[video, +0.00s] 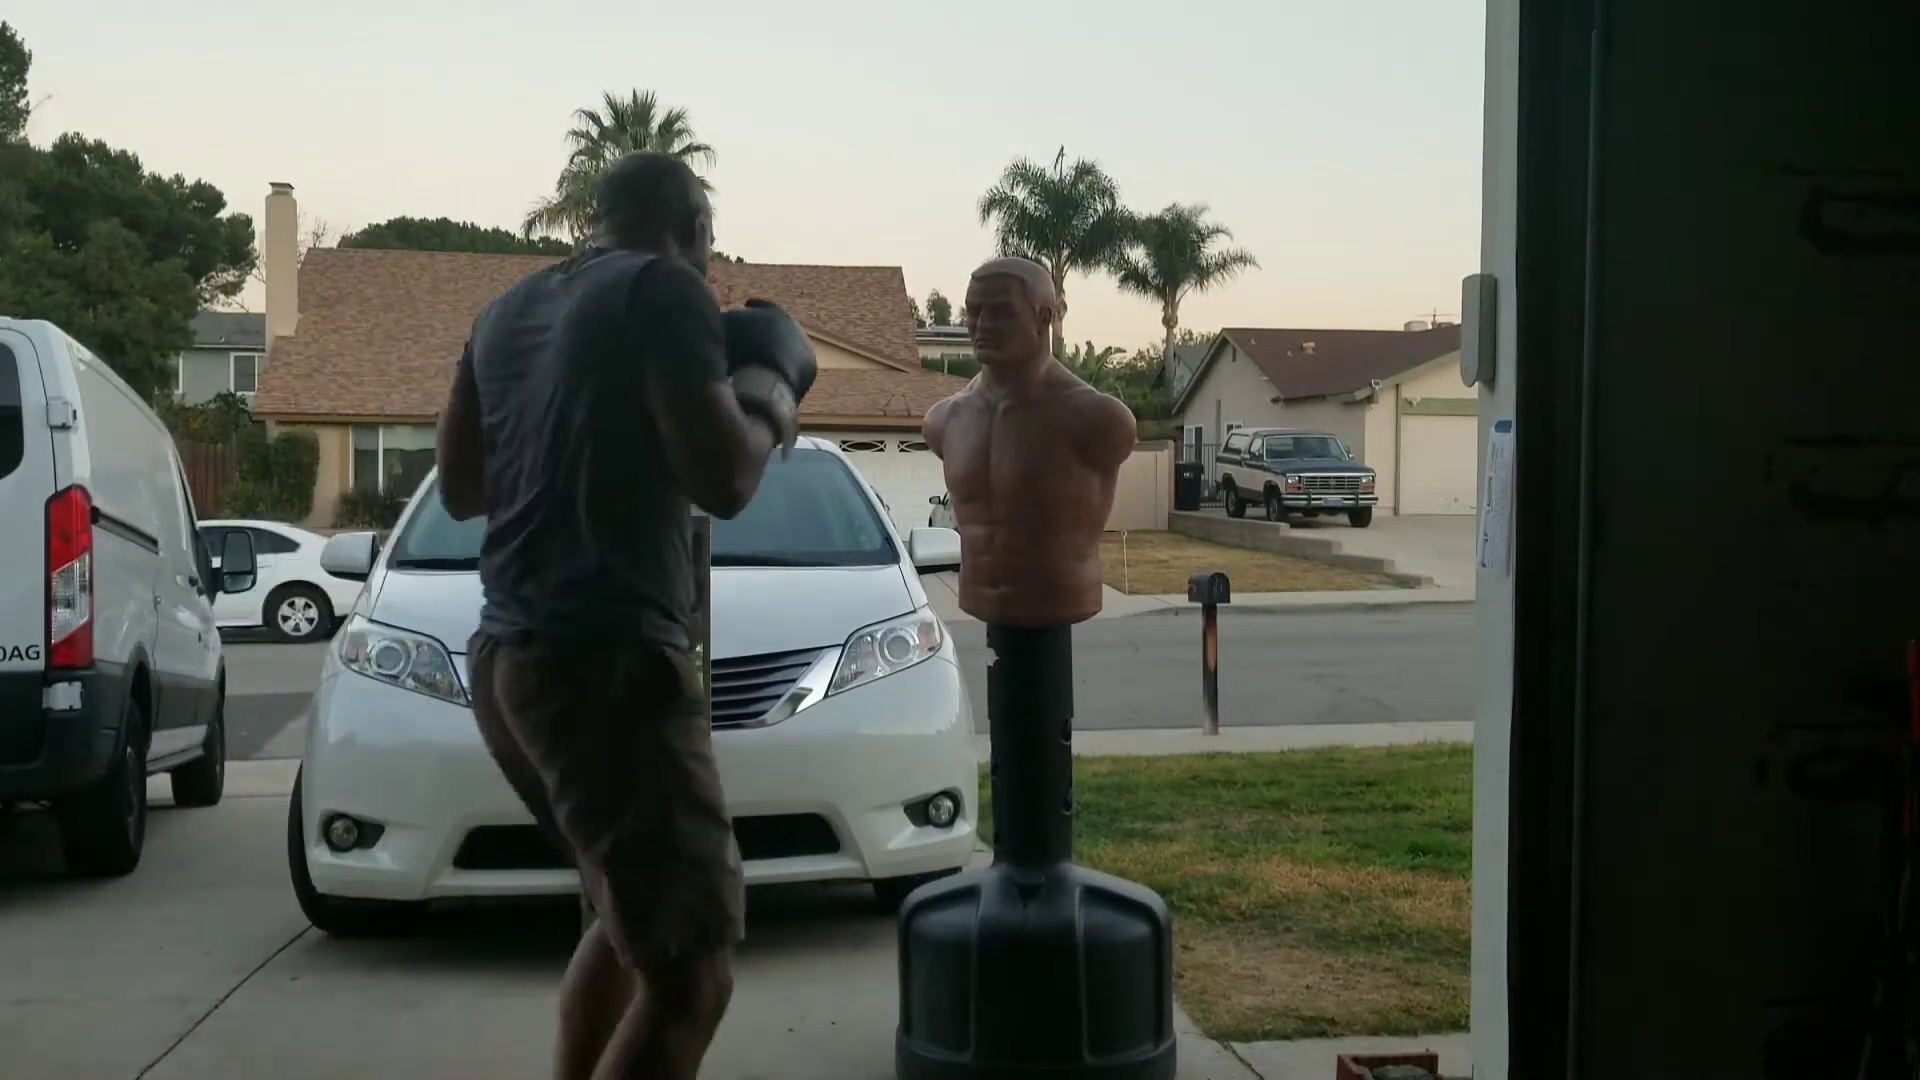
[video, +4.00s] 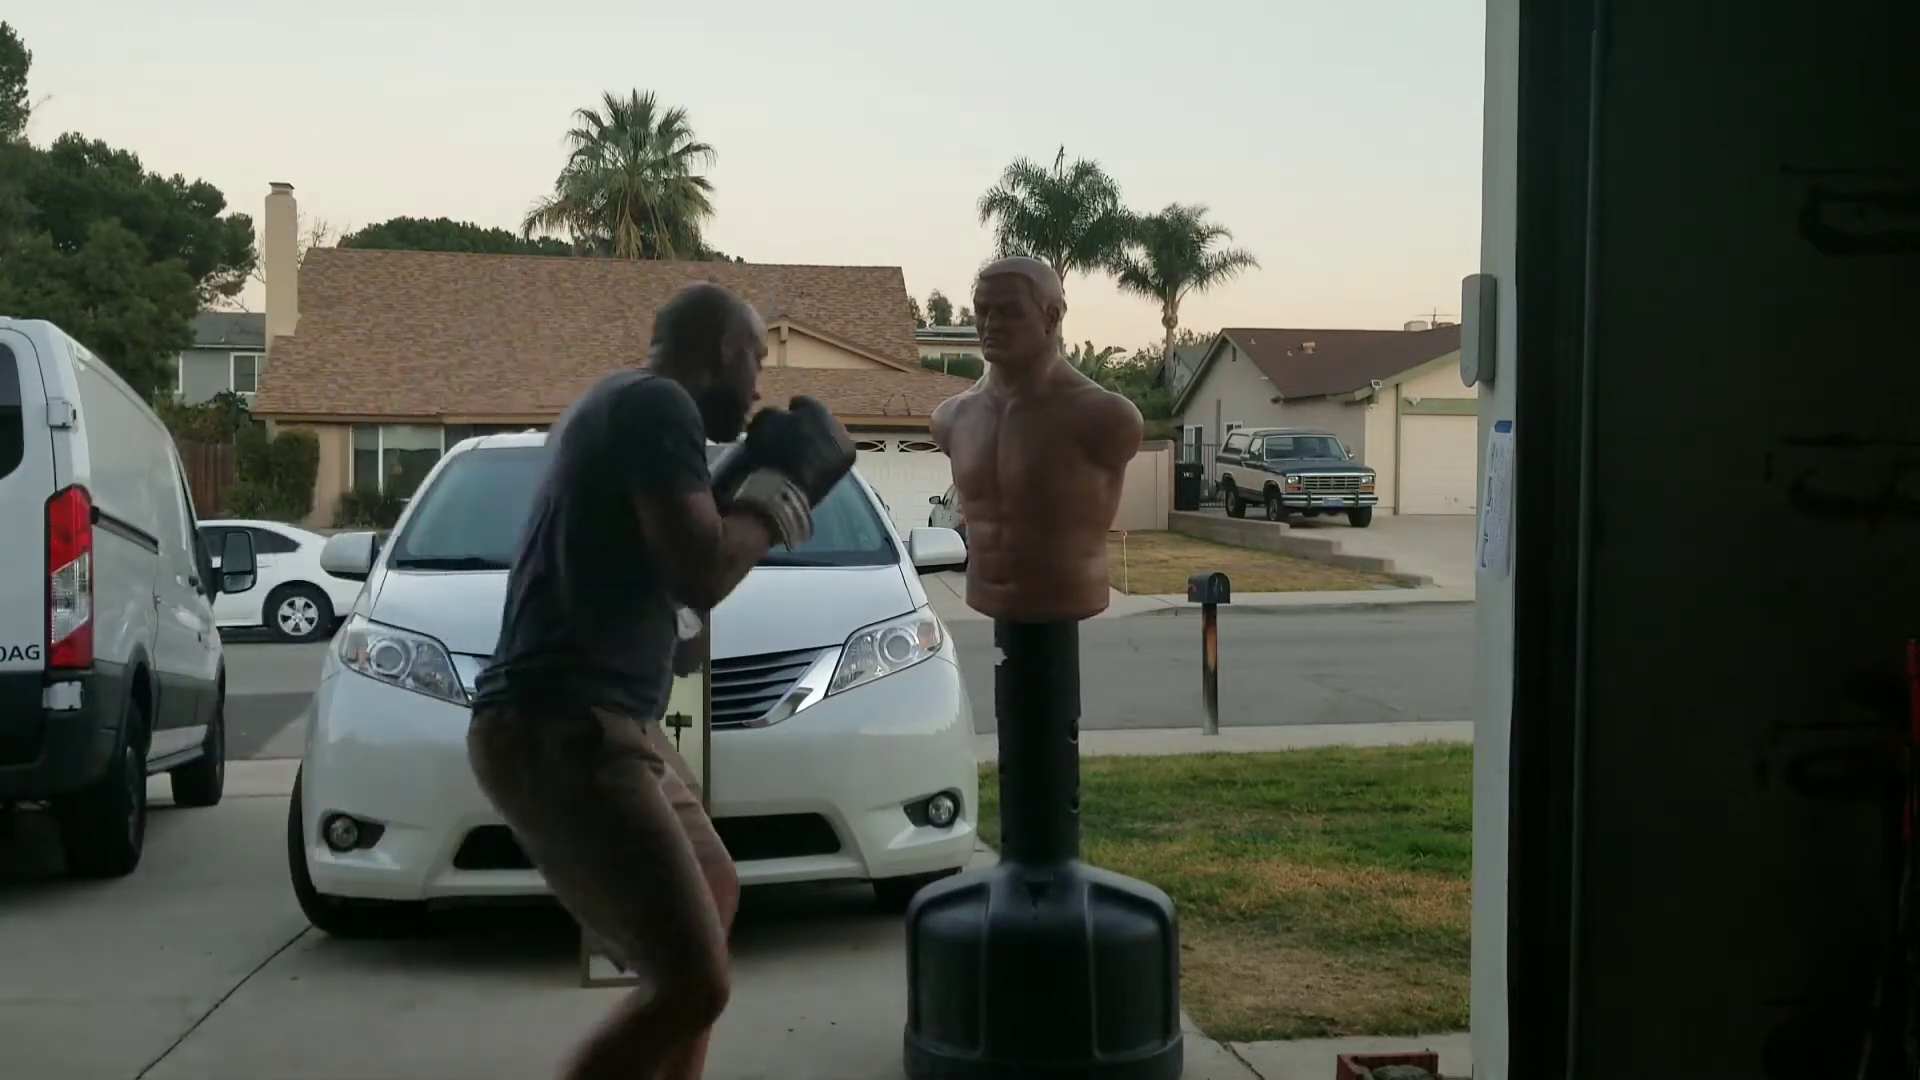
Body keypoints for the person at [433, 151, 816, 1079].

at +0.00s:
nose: (710, 255)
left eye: (711, 240)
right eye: (708, 238)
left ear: (599, 225)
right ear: (686, 229)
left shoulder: (503, 311)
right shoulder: (665, 288)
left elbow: (463, 489)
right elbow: (727, 481)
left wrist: (587, 422)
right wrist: (768, 390)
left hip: (511, 665)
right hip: (612, 665)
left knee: (624, 917)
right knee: (692, 966)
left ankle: (576, 1070)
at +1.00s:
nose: (729, 360)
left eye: (730, 342)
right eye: (725, 340)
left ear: (632, 332)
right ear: (694, 337)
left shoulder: (566, 404)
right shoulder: (637, 413)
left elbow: (603, 537)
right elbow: (756, 540)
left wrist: (728, 458)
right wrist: (811, 428)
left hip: (619, 724)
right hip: (539, 730)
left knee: (725, 855)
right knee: (555, 1007)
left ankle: (674, 1066)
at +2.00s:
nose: (496, 415)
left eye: (501, 400)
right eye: (486, 398)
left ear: (459, 409)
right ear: (437, 397)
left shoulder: (443, 482)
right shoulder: (347, 469)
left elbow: (514, 577)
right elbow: (441, 573)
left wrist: (544, 448)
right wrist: (498, 456)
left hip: (444, 753)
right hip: (351, 760)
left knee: (552, 899)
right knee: (309, 1001)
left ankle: (670, 1036)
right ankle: (166, 1075)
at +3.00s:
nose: (402, 410)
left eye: (406, 393)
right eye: (397, 388)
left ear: (340, 373)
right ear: (353, 373)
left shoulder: (286, 434)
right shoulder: (284, 424)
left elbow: (325, 574)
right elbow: (337, 571)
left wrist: (394, 482)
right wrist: (418, 480)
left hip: (284, 726)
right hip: (204, 730)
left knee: (395, 867)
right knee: (118, 959)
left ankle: (403, 1068)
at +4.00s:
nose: (760, 385)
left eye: (760, 365)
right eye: (755, 363)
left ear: (677, 349)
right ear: (720, 355)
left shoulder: (637, 405)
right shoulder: (653, 405)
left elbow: (670, 560)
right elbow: (704, 576)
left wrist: (742, 480)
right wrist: (779, 487)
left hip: (610, 719)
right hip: (563, 726)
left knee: (713, 889)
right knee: (693, 984)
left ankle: (675, 1062)